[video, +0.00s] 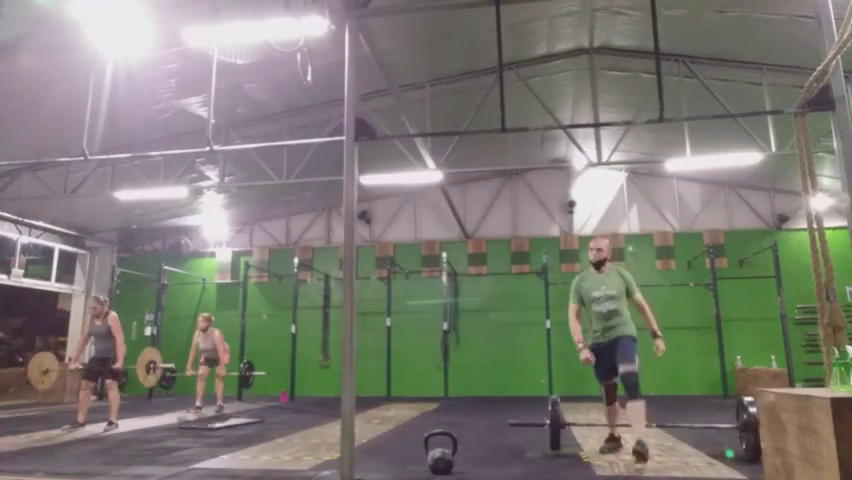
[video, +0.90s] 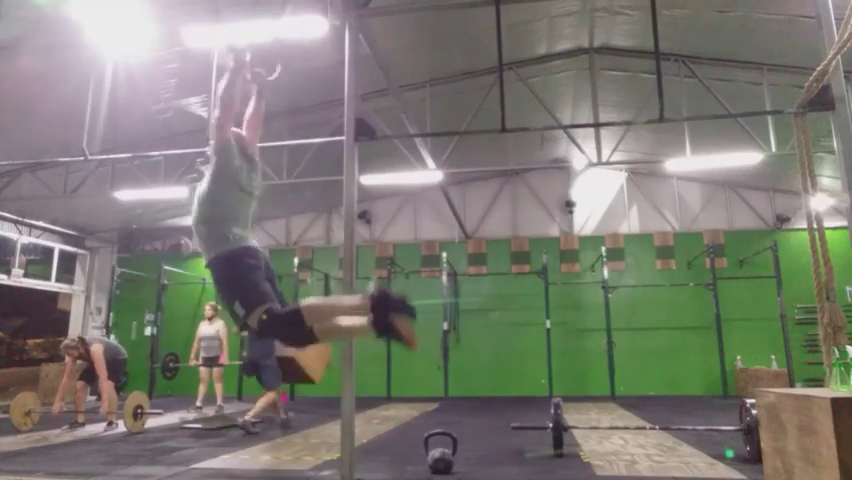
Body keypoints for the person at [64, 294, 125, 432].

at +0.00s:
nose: (93, 311)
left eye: (96, 308)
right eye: (92, 308)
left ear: (104, 307)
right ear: (91, 308)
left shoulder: (111, 317)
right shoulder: (91, 319)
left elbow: (119, 339)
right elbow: (84, 339)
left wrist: (120, 361)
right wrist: (74, 358)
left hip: (111, 358)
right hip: (96, 358)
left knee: (111, 384)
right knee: (85, 385)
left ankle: (112, 420)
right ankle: (80, 420)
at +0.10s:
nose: (83, 339)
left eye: (85, 336)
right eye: (81, 336)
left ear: (94, 333)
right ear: (80, 334)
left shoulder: (106, 340)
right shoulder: (84, 340)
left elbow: (112, 364)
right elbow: (76, 362)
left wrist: (113, 387)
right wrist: (65, 386)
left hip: (118, 363)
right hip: (100, 363)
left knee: (109, 386)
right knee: (81, 386)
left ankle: (112, 420)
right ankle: (80, 420)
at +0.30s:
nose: (79, 351)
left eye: (81, 348)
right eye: (78, 348)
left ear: (89, 345)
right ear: (76, 347)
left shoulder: (102, 349)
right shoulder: (80, 352)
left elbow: (109, 374)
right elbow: (73, 373)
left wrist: (111, 399)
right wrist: (62, 397)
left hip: (118, 369)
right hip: (99, 369)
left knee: (105, 388)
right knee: (77, 388)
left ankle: (112, 421)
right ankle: (80, 420)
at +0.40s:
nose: (87, 319)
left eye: (89, 315)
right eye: (85, 316)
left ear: (96, 313)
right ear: (84, 316)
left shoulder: (106, 322)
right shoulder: (87, 324)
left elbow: (115, 345)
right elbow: (80, 342)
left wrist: (116, 367)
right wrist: (71, 363)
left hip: (114, 355)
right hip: (99, 355)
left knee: (111, 385)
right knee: (85, 383)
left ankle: (113, 420)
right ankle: (80, 420)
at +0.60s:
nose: (82, 329)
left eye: (84, 326)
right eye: (80, 326)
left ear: (91, 323)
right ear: (81, 325)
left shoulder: (102, 329)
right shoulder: (84, 333)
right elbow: (75, 355)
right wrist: (66, 376)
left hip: (114, 356)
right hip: (100, 357)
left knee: (112, 387)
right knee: (84, 384)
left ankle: (112, 420)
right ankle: (80, 420)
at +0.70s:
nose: (74, 346)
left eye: (75, 342)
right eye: (72, 343)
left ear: (83, 340)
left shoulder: (100, 343)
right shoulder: (80, 346)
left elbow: (106, 367)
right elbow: (72, 367)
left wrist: (108, 389)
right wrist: (62, 391)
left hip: (119, 360)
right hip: (101, 361)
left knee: (111, 388)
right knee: (82, 384)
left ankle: (112, 421)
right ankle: (80, 421)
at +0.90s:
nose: (70, 356)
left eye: (71, 353)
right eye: (69, 354)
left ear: (78, 349)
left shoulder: (95, 349)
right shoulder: (71, 352)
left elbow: (103, 377)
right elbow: (67, 377)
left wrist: (104, 403)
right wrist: (59, 400)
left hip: (117, 359)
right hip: (97, 360)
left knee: (108, 385)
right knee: (80, 385)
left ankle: (112, 421)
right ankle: (80, 421)